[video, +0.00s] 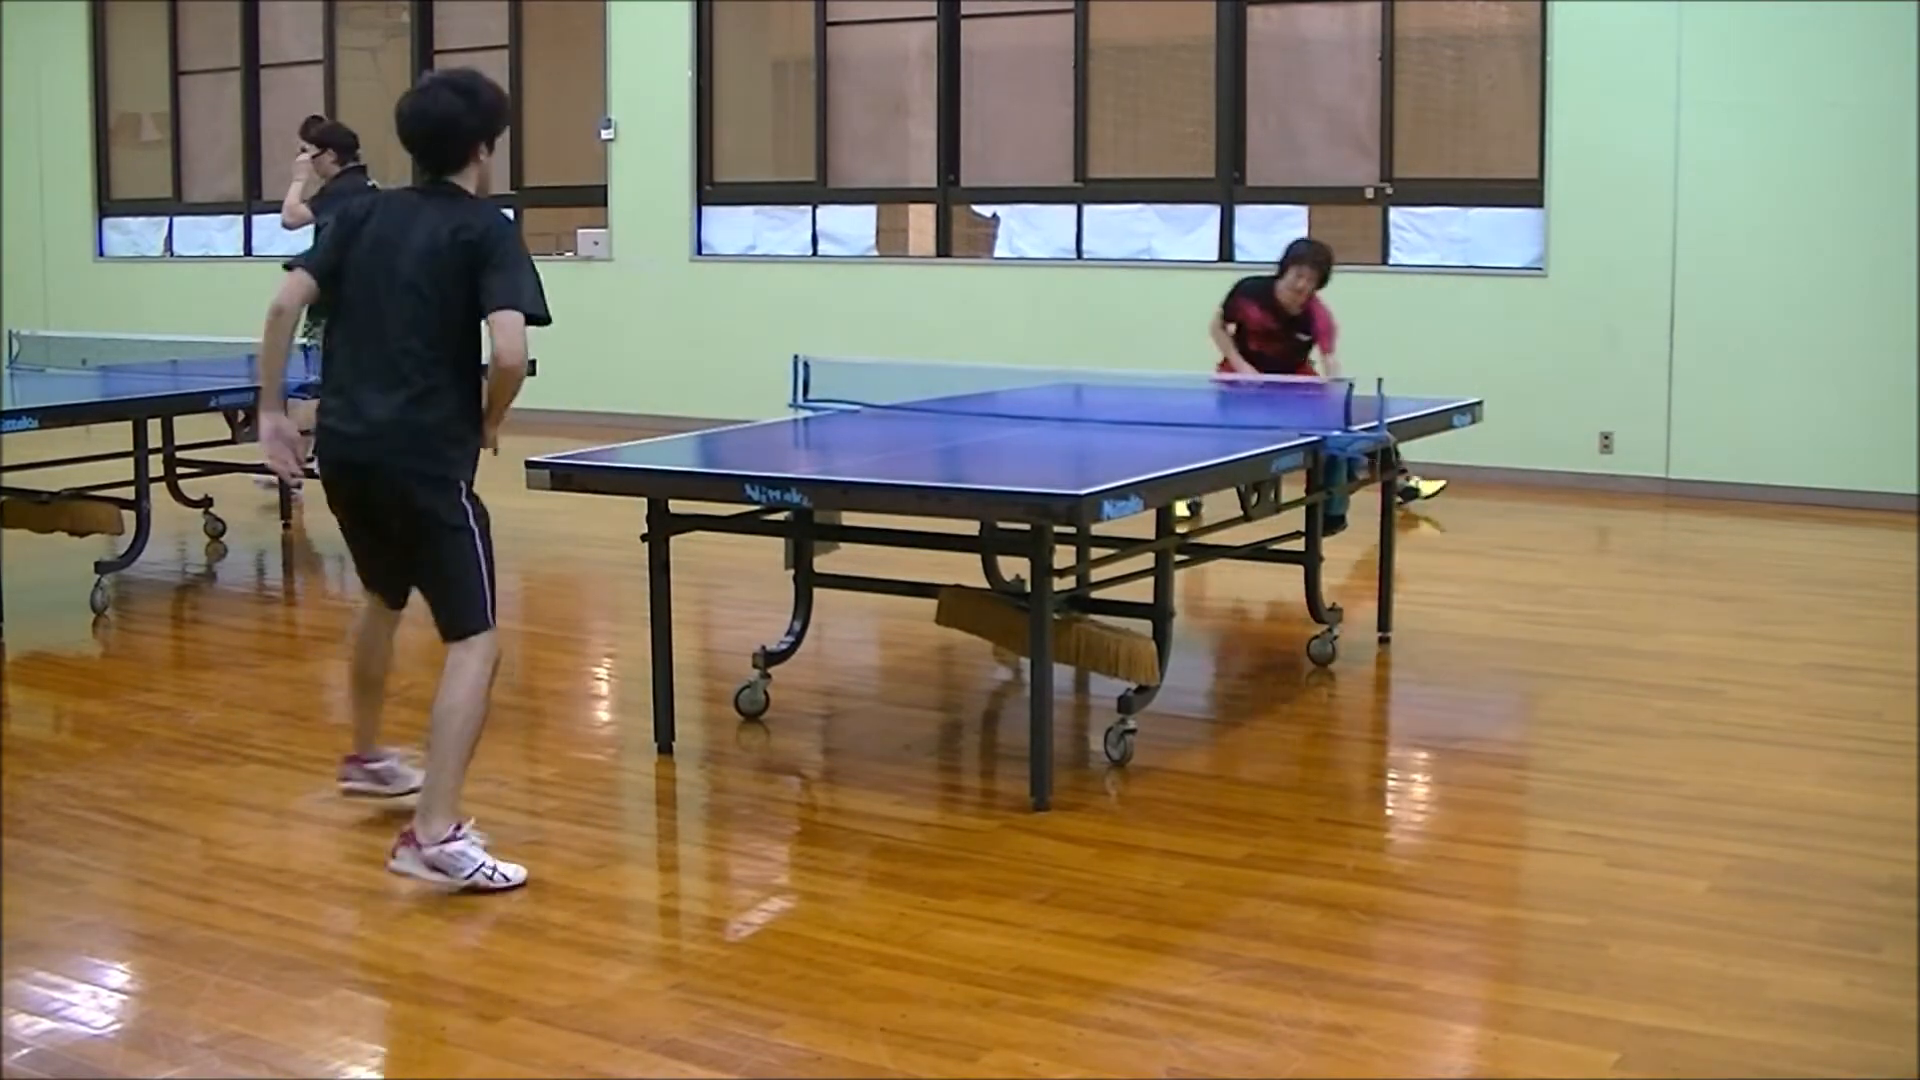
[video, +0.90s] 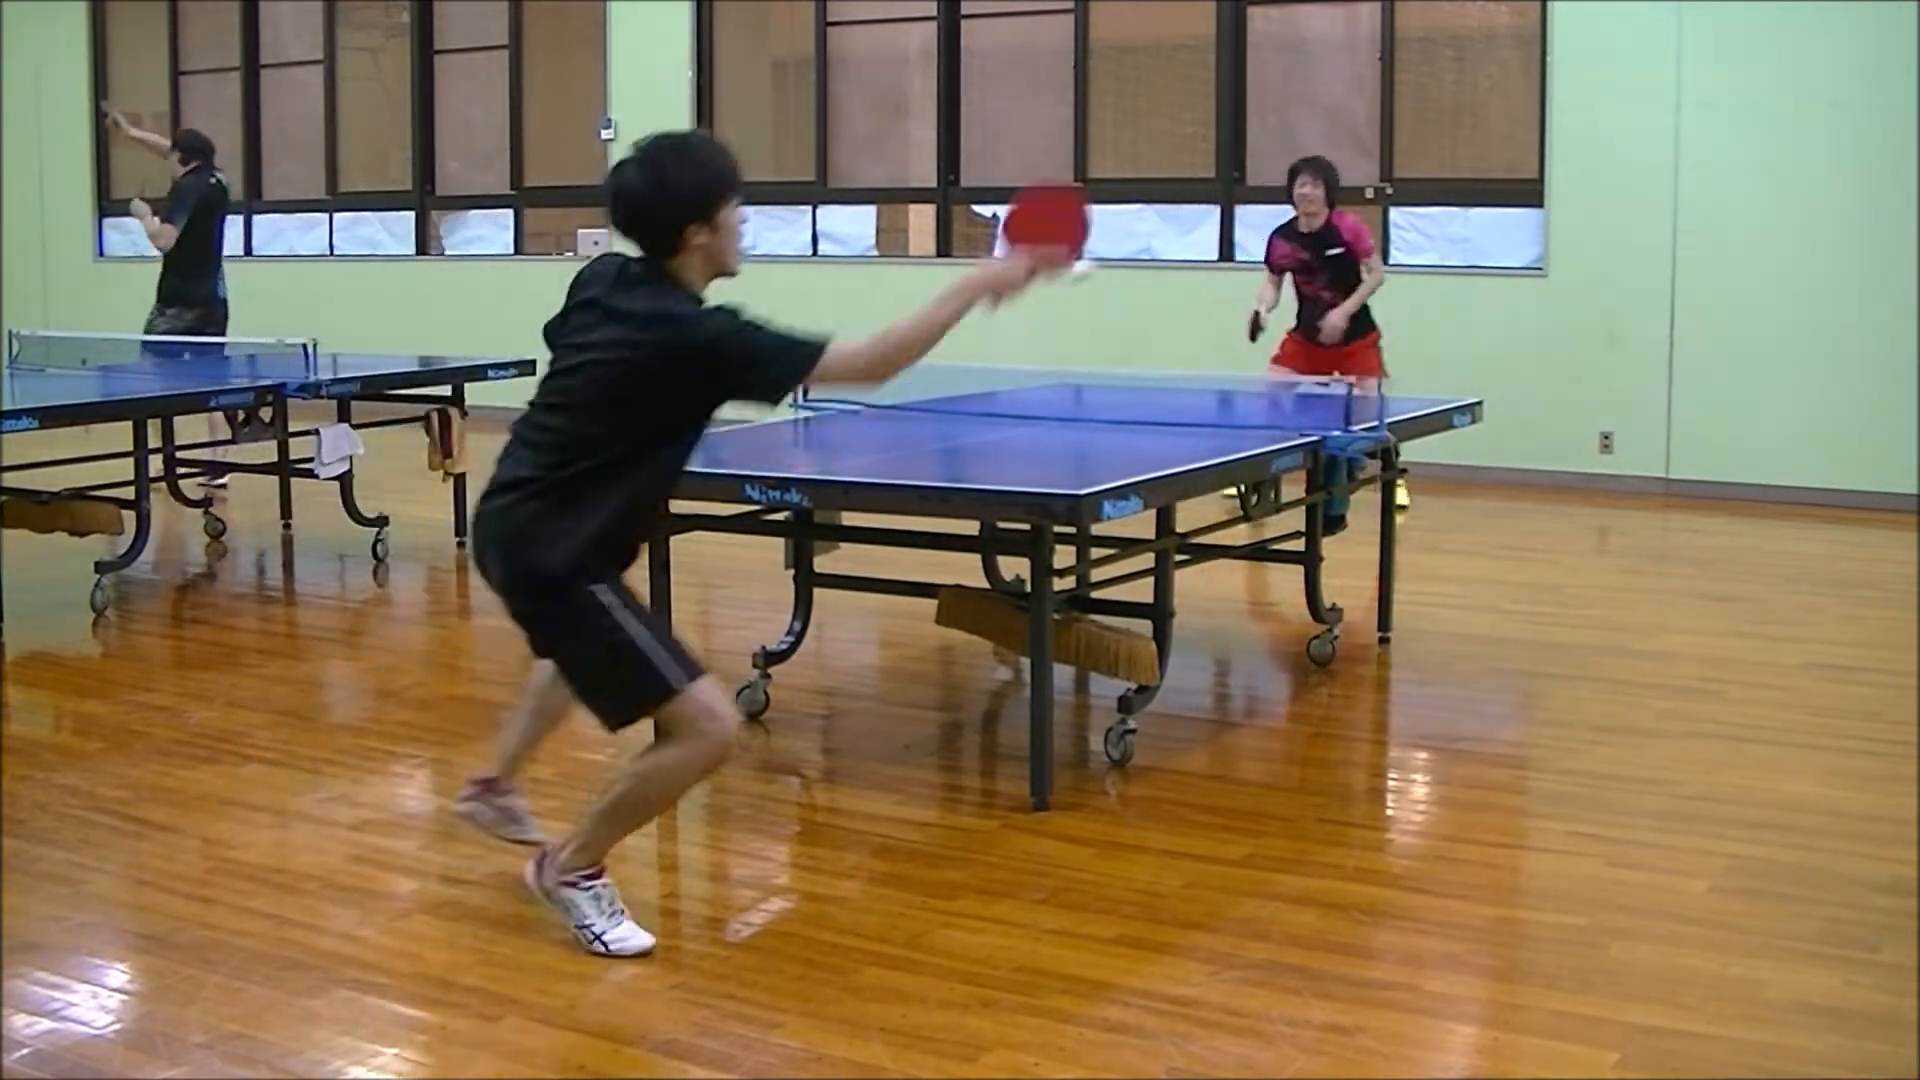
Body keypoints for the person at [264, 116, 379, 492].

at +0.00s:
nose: (305, 160)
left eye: (310, 153)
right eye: (304, 153)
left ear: (334, 156)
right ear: (345, 156)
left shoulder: (340, 192)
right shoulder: (367, 189)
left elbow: (290, 218)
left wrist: (299, 179)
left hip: (335, 308)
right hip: (362, 306)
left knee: (311, 386)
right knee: (347, 387)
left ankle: (291, 463)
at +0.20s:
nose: (269, 163)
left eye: (271, 156)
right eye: (268, 157)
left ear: (290, 153)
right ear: (302, 153)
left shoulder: (305, 186)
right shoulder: (324, 185)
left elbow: (250, 218)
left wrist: (249, 186)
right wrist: (264, 185)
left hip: (290, 310)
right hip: (311, 307)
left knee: (282, 397)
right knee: (300, 394)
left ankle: (291, 473)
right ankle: (299, 471)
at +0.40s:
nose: (244, 157)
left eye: (245, 151)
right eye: (244, 151)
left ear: (253, 154)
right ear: (283, 153)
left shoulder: (259, 188)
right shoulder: (296, 182)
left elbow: (208, 220)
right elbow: (255, 178)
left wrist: (203, 196)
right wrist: (244, 136)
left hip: (259, 302)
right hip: (285, 298)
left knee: (253, 392)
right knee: (269, 389)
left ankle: (274, 472)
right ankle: (272, 467)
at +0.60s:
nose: (217, 156)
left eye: (219, 153)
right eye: (220, 153)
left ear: (225, 158)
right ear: (253, 157)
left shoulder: (224, 194)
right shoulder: (263, 186)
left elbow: (180, 236)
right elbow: (234, 152)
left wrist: (177, 209)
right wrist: (198, 135)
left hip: (227, 306)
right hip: (253, 299)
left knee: (228, 389)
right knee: (239, 385)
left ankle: (273, 469)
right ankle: (221, 471)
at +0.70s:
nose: (204, 155)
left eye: (205, 152)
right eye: (206, 152)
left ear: (210, 158)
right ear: (238, 158)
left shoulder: (211, 193)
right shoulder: (248, 186)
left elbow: (177, 240)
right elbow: (214, 151)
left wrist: (166, 216)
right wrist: (177, 136)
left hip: (210, 305)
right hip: (238, 300)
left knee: (190, 387)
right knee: (227, 383)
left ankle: (246, 440)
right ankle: (219, 467)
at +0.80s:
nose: (186, 155)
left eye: (189, 151)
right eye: (188, 151)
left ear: (196, 156)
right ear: (222, 156)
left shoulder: (201, 188)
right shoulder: (234, 184)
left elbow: (175, 240)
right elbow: (188, 151)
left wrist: (156, 217)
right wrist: (152, 134)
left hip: (195, 303)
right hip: (225, 302)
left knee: (165, 377)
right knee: (209, 383)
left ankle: (213, 436)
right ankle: (218, 479)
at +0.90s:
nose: (171, 154)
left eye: (174, 151)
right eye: (173, 151)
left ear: (183, 157)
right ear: (203, 155)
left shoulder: (189, 186)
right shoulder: (216, 181)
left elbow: (164, 240)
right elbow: (169, 149)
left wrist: (145, 217)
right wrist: (130, 132)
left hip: (181, 300)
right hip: (212, 300)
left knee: (150, 371)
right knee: (214, 386)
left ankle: (162, 457)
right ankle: (219, 466)